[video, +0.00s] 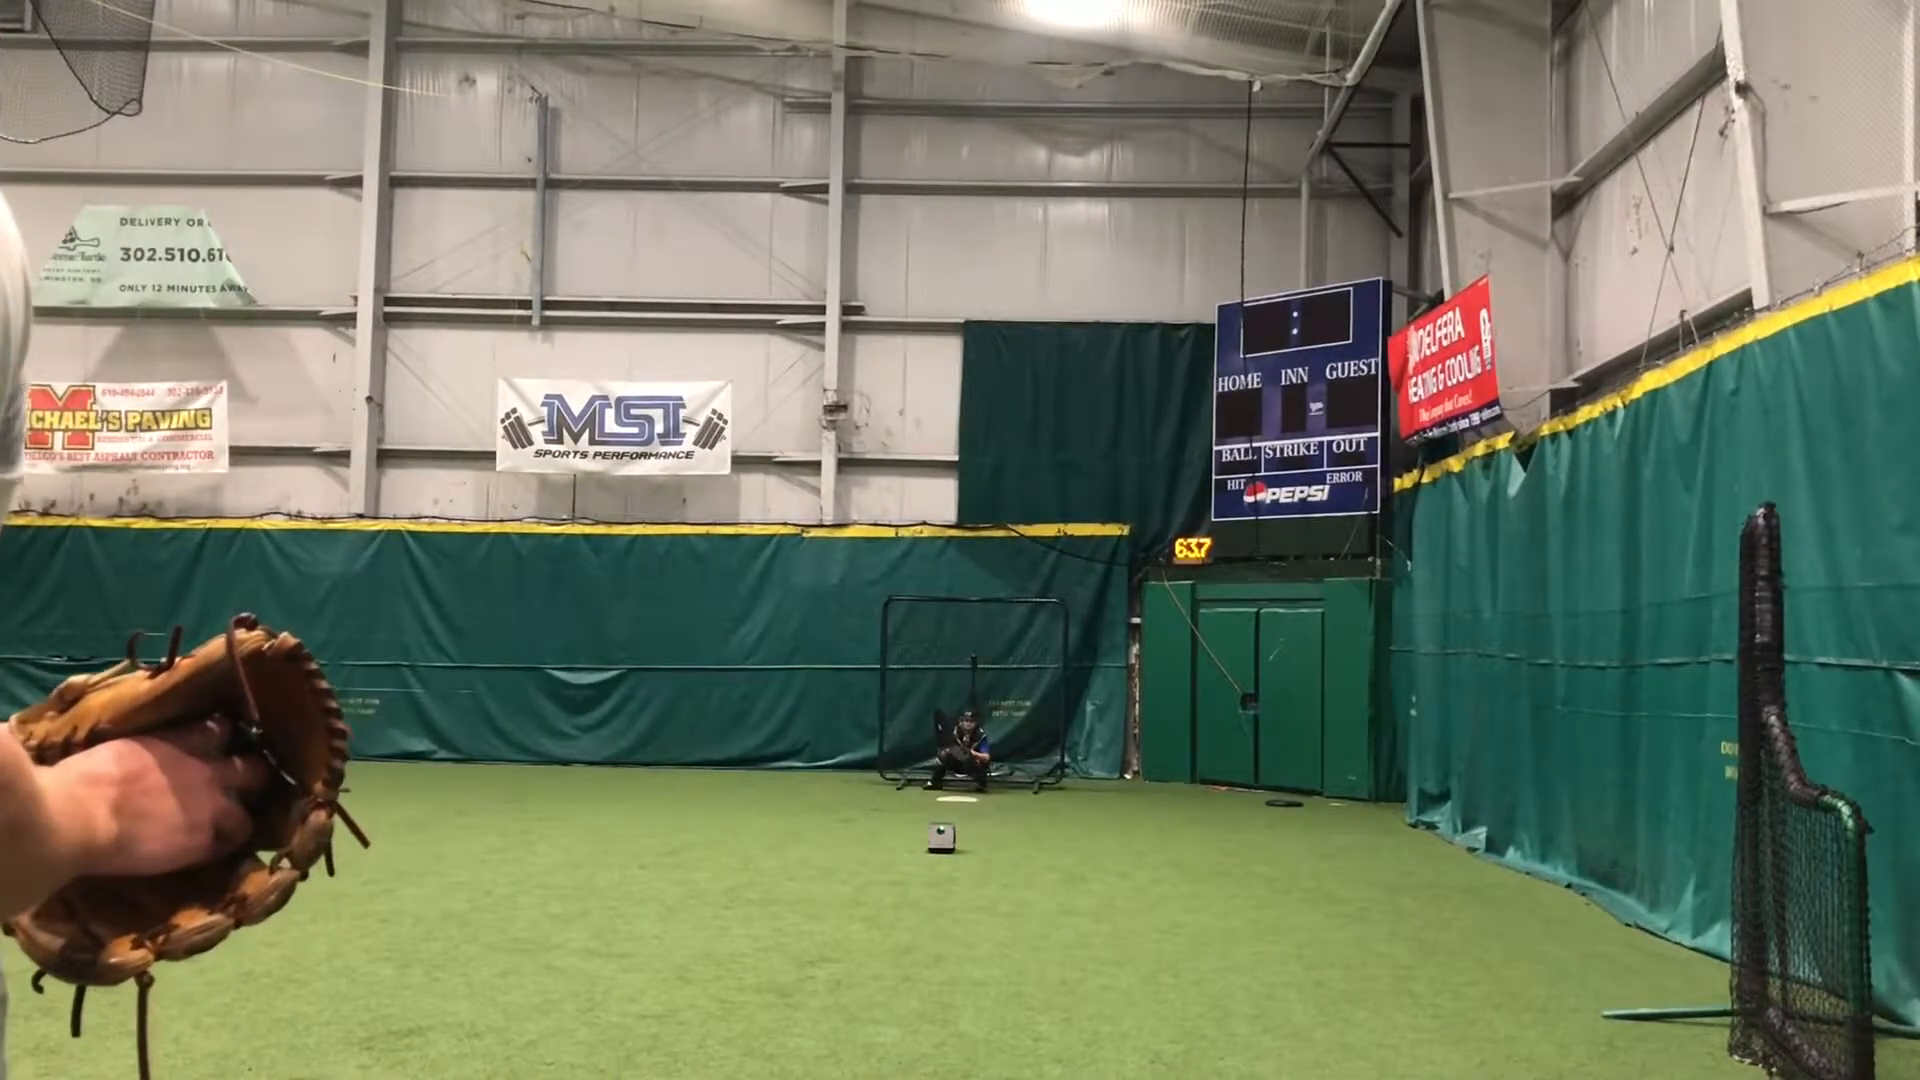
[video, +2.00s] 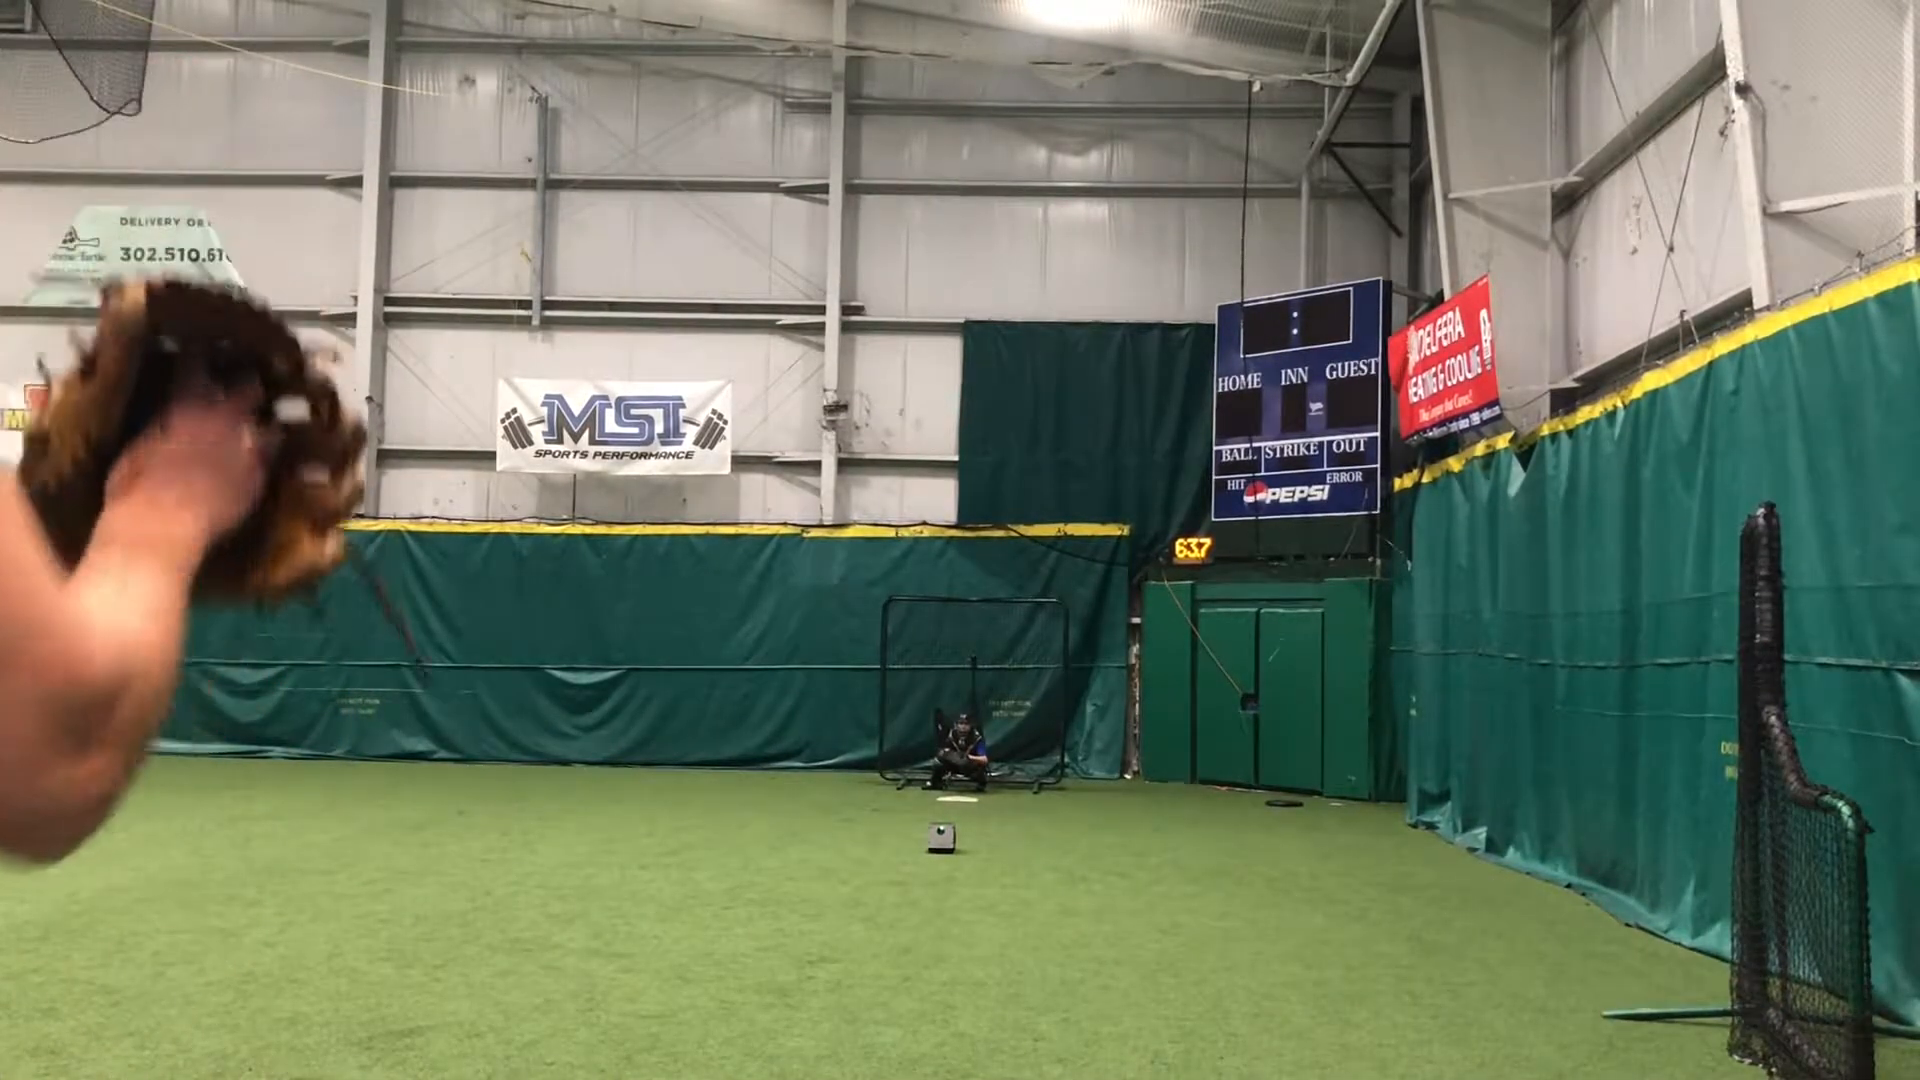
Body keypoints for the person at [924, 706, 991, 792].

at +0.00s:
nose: (968, 724)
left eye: (971, 721)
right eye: (965, 721)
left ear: (976, 723)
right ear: (960, 723)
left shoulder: (980, 735)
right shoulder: (954, 733)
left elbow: (986, 757)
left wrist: (970, 752)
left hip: (972, 763)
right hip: (957, 760)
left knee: (979, 763)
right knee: (944, 759)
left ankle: (982, 785)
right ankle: (936, 782)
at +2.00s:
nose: (963, 727)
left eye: (966, 724)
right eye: (960, 724)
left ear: (970, 726)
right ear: (956, 725)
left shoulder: (977, 738)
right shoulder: (951, 735)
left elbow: (984, 759)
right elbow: (943, 751)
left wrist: (969, 757)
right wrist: (952, 756)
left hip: (970, 763)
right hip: (954, 762)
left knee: (979, 773)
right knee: (939, 764)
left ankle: (981, 784)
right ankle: (936, 783)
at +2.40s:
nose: (963, 727)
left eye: (966, 724)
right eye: (960, 724)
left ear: (970, 726)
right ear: (956, 725)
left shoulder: (977, 738)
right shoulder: (950, 735)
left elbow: (984, 759)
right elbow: (944, 750)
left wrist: (969, 757)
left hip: (970, 765)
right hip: (953, 764)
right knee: (941, 757)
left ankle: (981, 784)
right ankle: (936, 782)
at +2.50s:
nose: (962, 727)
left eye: (965, 724)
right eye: (960, 724)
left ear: (970, 726)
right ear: (955, 725)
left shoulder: (976, 739)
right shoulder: (950, 735)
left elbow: (983, 759)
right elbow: (944, 749)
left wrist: (967, 757)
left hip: (969, 764)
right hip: (953, 763)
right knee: (941, 756)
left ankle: (981, 784)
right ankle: (936, 782)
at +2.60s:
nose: (961, 727)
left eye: (965, 724)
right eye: (959, 724)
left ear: (969, 726)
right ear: (955, 725)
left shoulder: (976, 738)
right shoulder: (950, 736)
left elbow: (982, 759)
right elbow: (944, 750)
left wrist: (967, 757)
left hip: (969, 765)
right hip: (953, 764)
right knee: (941, 755)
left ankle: (981, 784)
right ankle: (935, 782)